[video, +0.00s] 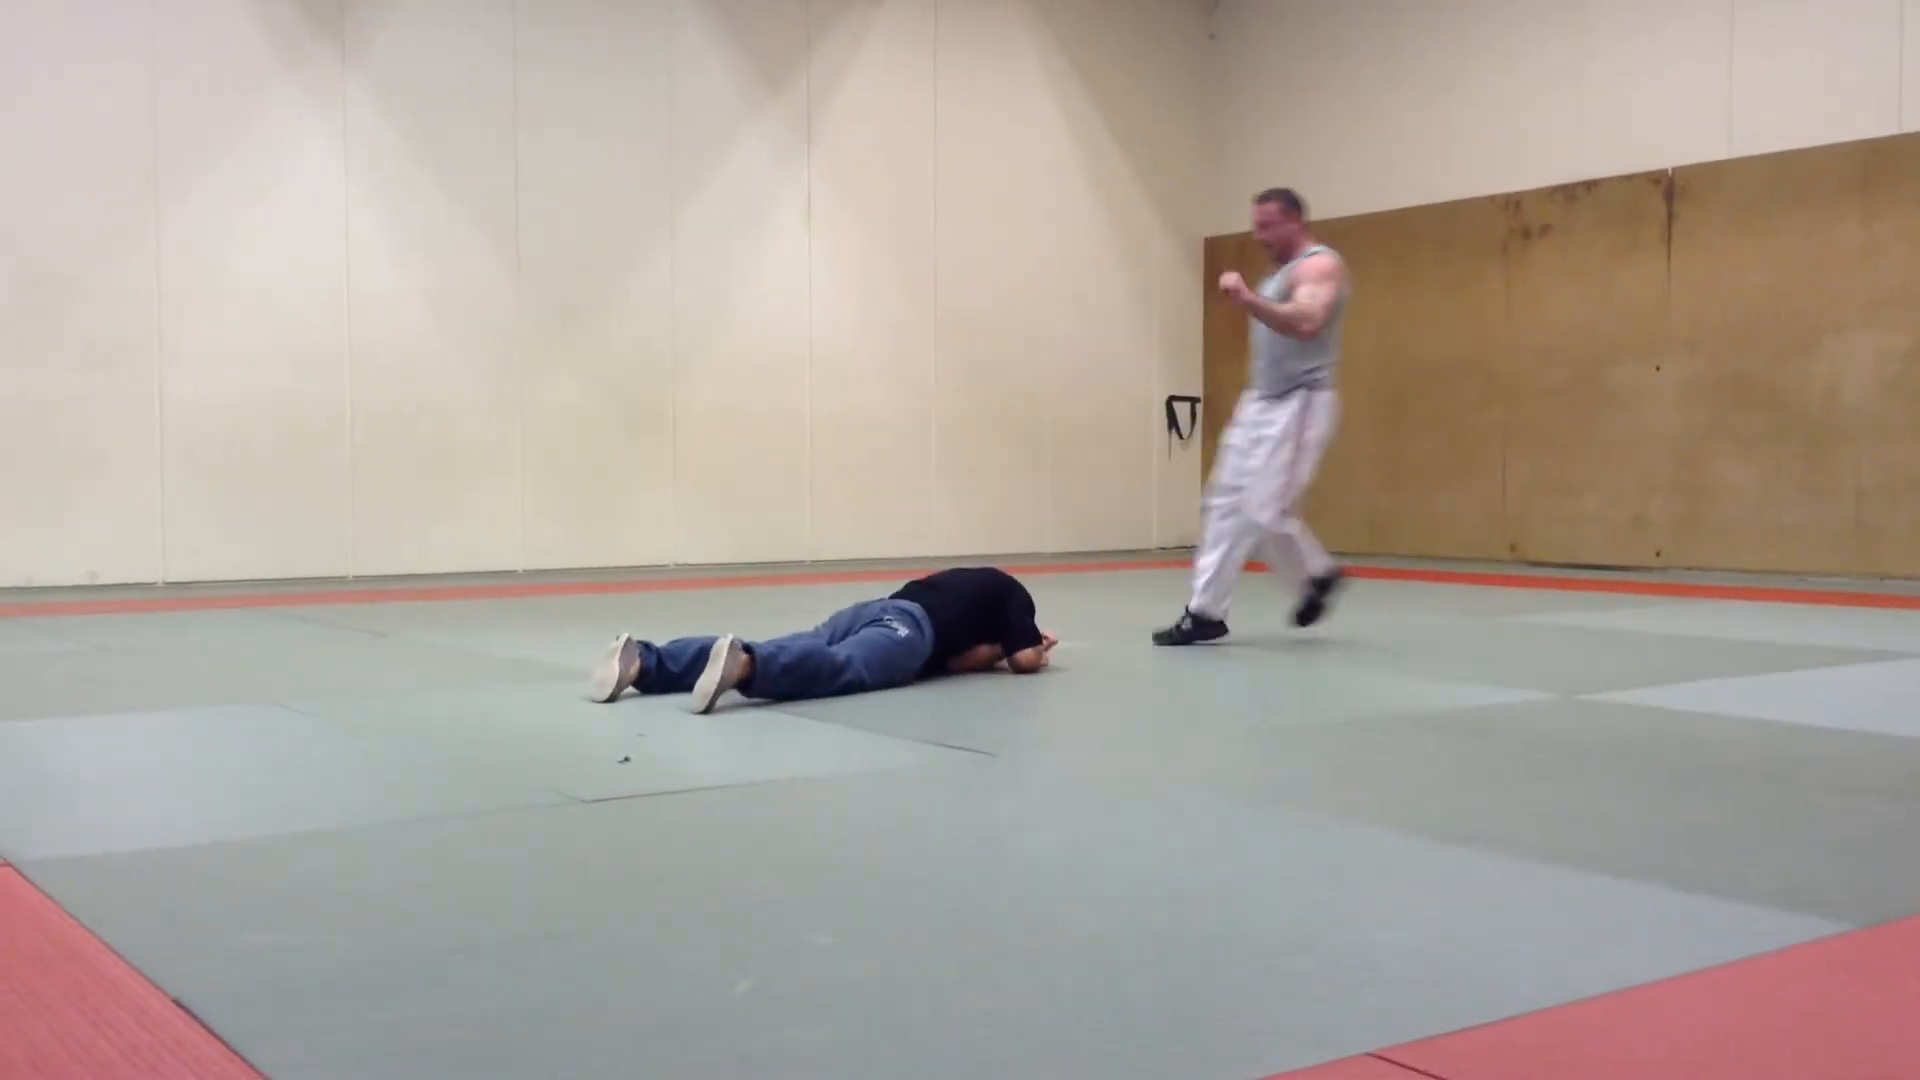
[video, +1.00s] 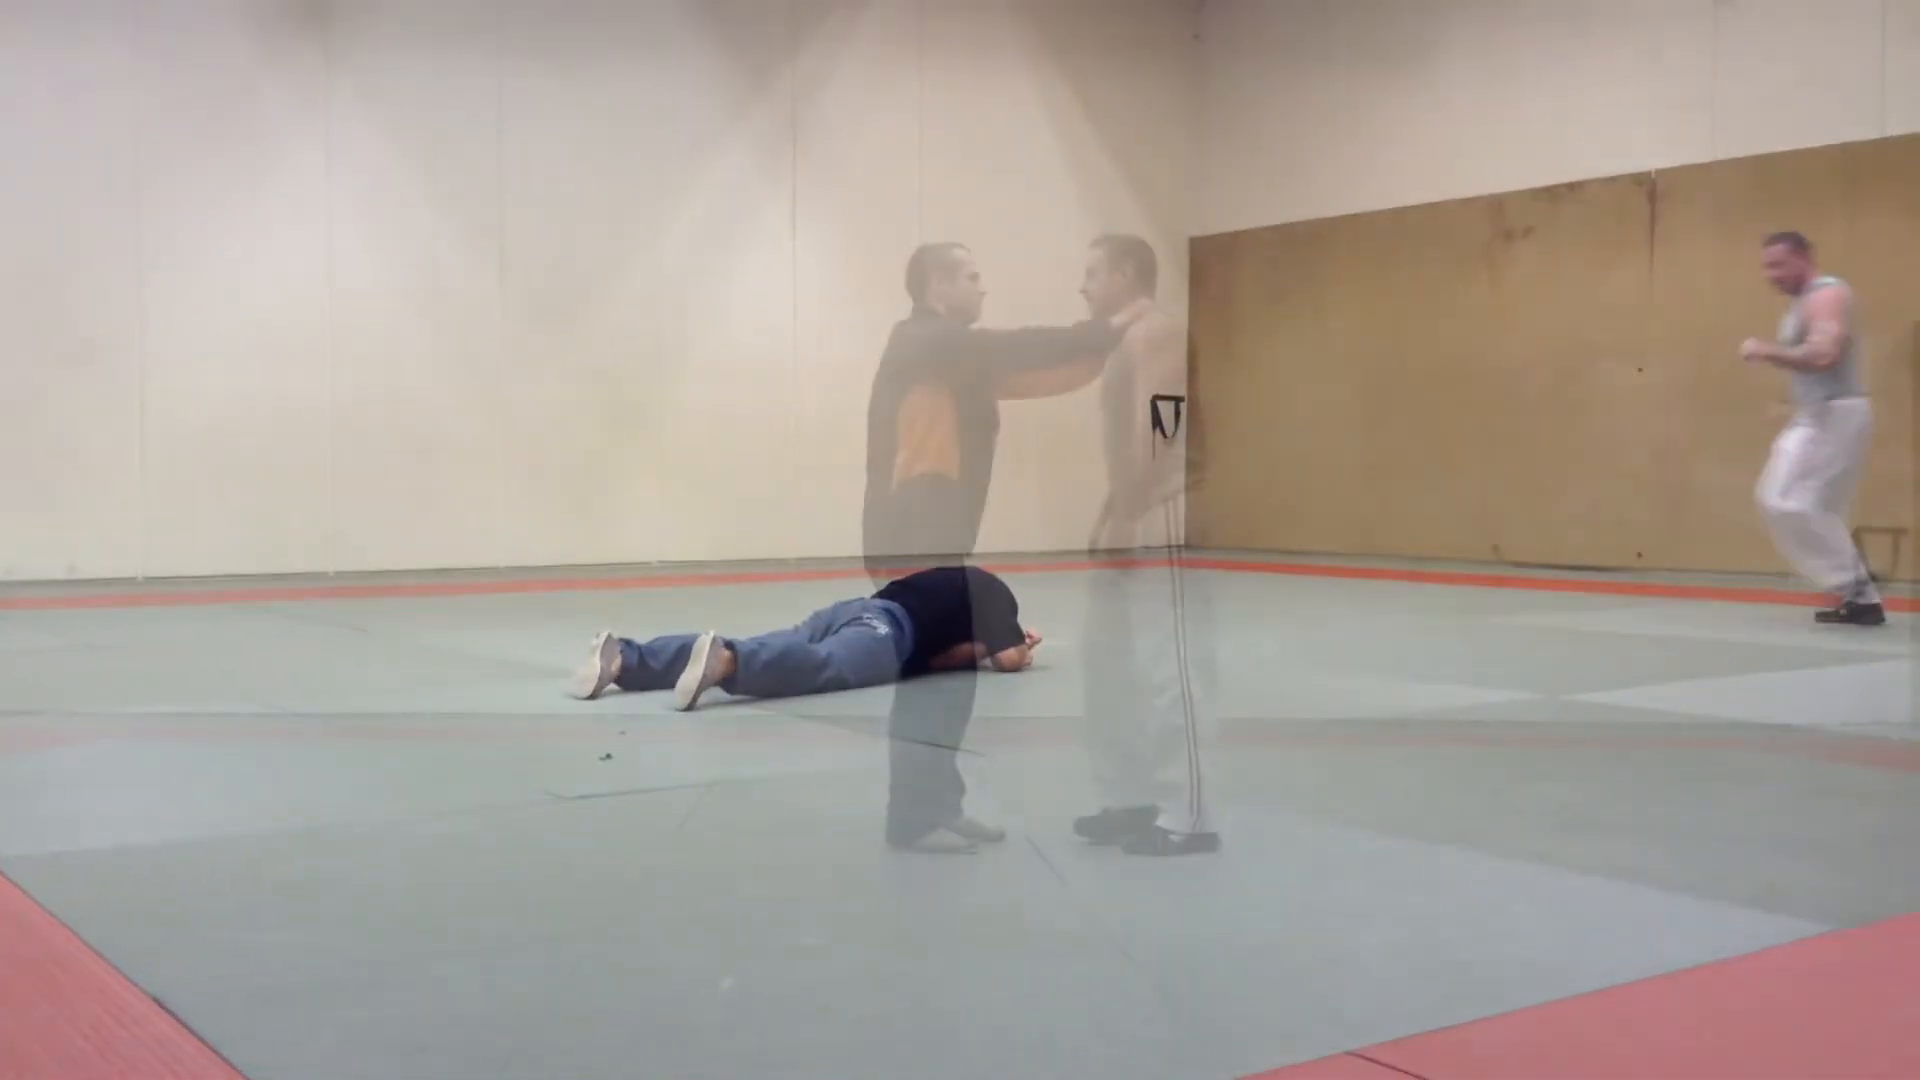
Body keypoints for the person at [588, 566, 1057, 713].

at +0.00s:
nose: (1028, 646)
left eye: (1024, 644)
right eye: (1028, 643)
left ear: (1007, 621)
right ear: (1026, 613)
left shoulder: (956, 589)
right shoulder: (1010, 594)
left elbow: (949, 660)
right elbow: (1023, 660)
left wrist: (1007, 651)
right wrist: (1040, 653)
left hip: (868, 612)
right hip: (910, 622)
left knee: (779, 650)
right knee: (842, 666)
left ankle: (644, 664)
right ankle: (748, 665)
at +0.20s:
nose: (1025, 646)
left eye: (1021, 644)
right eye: (1024, 644)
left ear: (991, 601)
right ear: (1019, 604)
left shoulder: (954, 593)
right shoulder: (1009, 597)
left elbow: (946, 664)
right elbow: (1021, 661)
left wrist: (1006, 653)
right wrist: (1036, 655)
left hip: (868, 615)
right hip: (909, 625)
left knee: (779, 653)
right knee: (841, 668)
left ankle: (643, 666)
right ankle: (747, 667)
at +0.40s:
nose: (1025, 649)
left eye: (1023, 645)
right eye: (1025, 645)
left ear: (987, 601)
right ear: (1018, 608)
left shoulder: (952, 596)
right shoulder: (1005, 599)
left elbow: (943, 665)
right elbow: (1016, 662)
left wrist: (1006, 654)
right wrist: (1030, 659)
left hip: (860, 617)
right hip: (902, 627)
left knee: (770, 653)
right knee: (836, 671)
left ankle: (637, 668)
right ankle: (742, 668)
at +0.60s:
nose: (1022, 647)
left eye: (1019, 644)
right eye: (1021, 644)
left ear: (983, 599)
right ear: (1014, 607)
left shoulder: (947, 596)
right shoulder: (1001, 598)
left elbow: (941, 665)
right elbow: (1015, 662)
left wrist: (1002, 653)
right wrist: (1030, 657)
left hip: (856, 617)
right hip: (898, 627)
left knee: (766, 652)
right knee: (834, 670)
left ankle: (635, 667)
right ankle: (739, 668)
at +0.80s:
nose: (1018, 650)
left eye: (1017, 647)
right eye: (1018, 646)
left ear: (999, 615)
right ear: (1016, 615)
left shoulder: (955, 593)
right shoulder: (998, 598)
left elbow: (943, 652)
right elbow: (965, 662)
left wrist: (1010, 650)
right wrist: (1008, 659)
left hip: (855, 615)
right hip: (894, 626)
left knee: (769, 651)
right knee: (828, 668)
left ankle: (631, 664)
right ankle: (735, 665)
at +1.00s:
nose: (1015, 642)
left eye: (1013, 638)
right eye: (1015, 637)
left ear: (977, 597)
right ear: (1005, 605)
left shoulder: (944, 593)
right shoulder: (990, 592)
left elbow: (930, 659)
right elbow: (993, 654)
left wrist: (999, 652)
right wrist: (1012, 657)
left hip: (854, 610)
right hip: (890, 626)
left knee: (763, 647)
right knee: (823, 665)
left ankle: (625, 660)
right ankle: (731, 661)